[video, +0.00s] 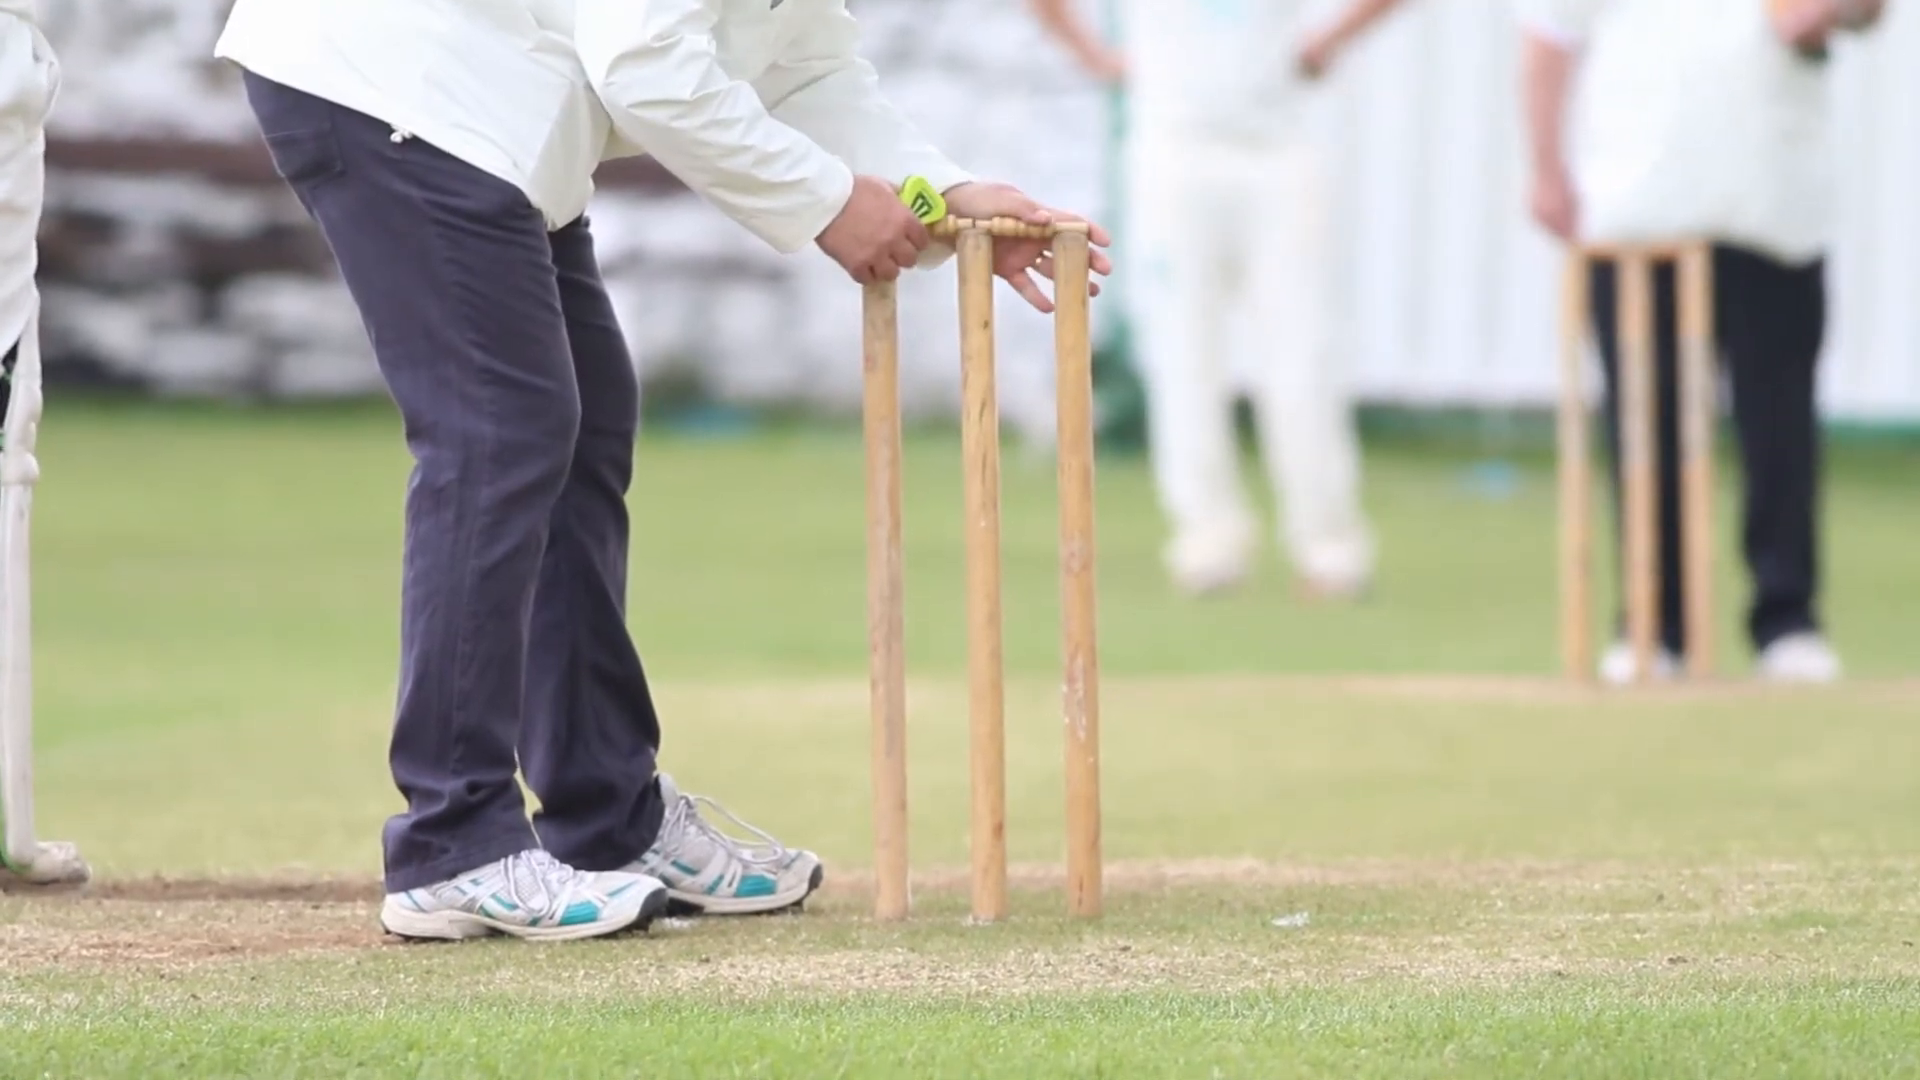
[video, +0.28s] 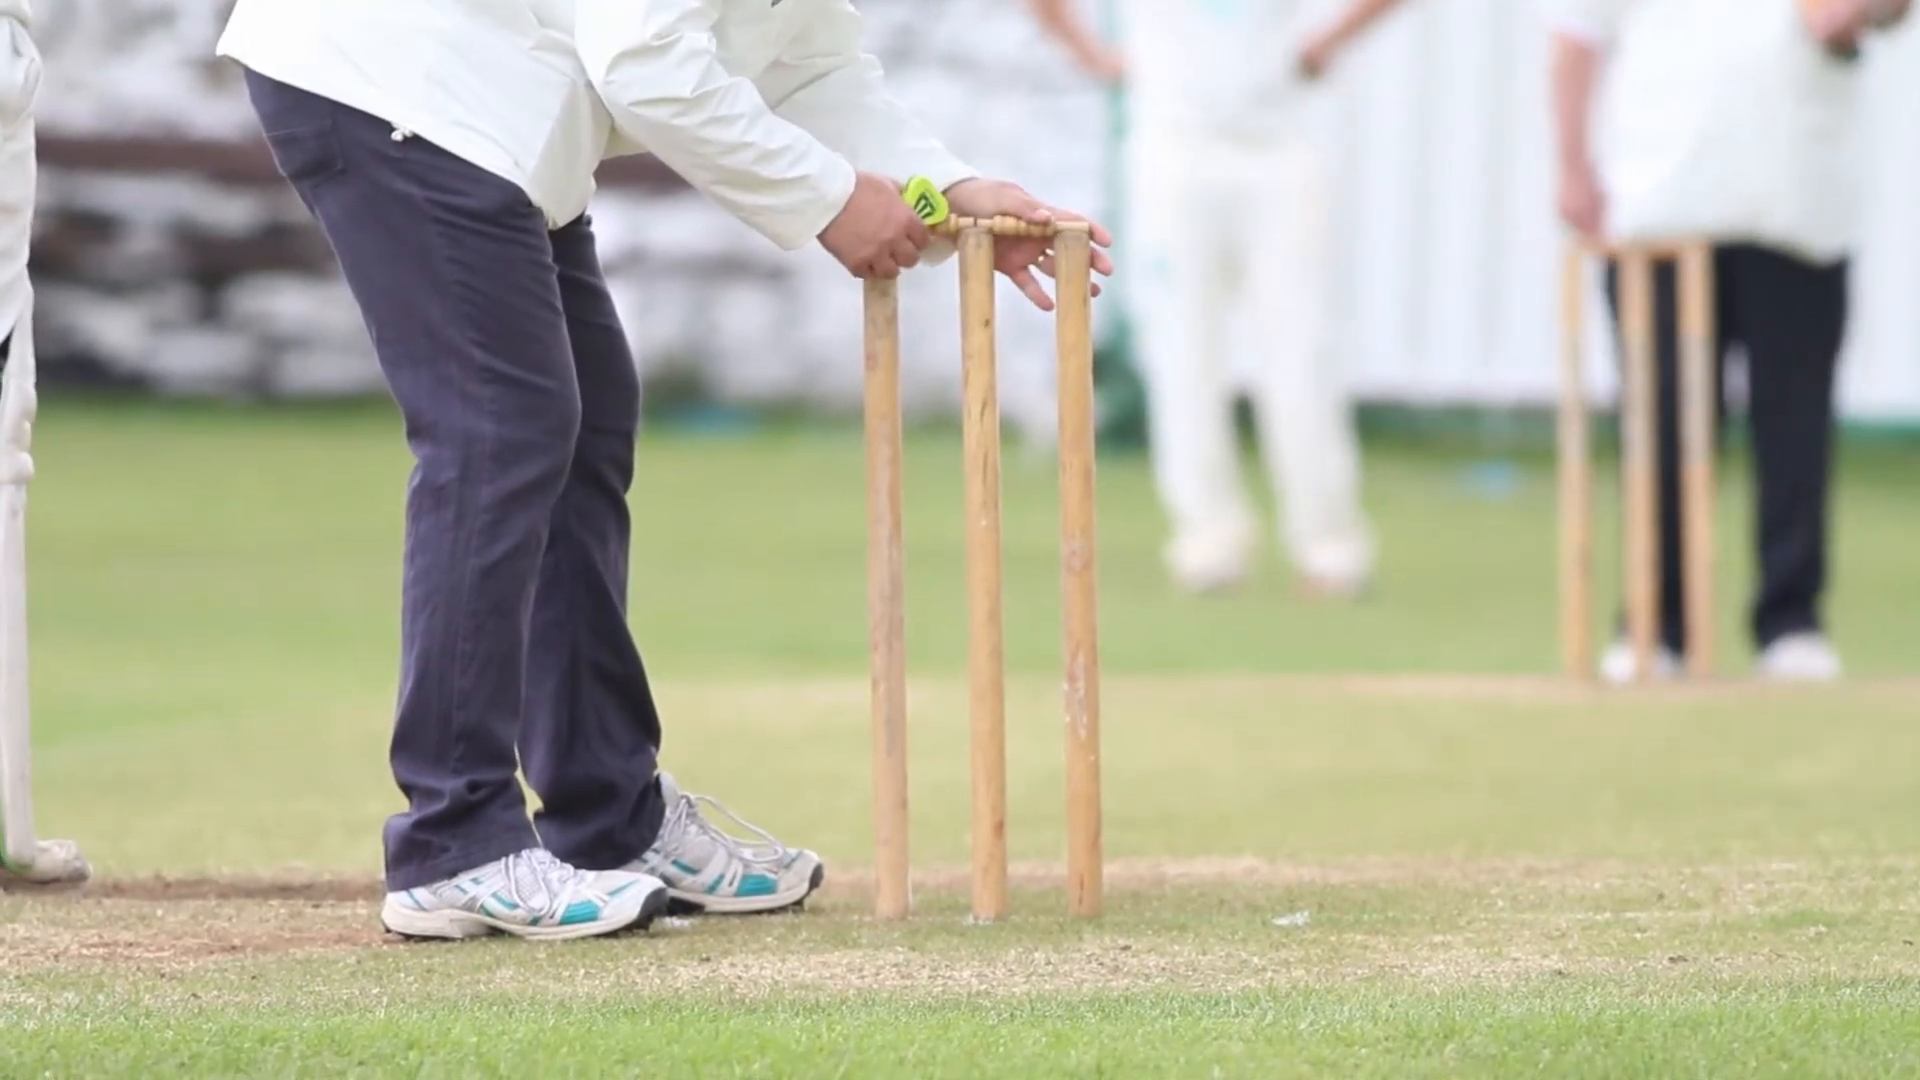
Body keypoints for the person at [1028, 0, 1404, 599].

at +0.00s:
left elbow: (1389, 4)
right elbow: (1040, 5)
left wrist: (1327, 43)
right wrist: (1098, 55)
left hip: (1286, 120)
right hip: (1169, 120)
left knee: (1300, 341)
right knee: (1178, 344)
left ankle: (1328, 543)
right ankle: (1208, 540)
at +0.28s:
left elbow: (1388, 3)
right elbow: (1039, 5)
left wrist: (1325, 44)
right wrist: (1096, 54)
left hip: (1288, 115)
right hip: (1169, 114)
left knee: (1299, 338)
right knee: (1178, 342)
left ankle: (1328, 544)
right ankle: (1208, 540)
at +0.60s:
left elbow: (1385, 4)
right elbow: (1038, 4)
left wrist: (1322, 43)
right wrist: (1095, 53)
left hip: (1287, 115)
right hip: (1168, 115)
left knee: (1300, 337)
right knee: (1178, 340)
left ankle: (1327, 539)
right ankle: (1208, 536)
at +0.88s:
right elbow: (1037, 4)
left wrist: (1324, 38)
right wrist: (1096, 51)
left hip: (1281, 126)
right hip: (1170, 124)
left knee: (1301, 339)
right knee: (1178, 342)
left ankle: (1327, 538)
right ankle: (1208, 534)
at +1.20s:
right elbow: (1034, 4)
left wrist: (1321, 36)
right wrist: (1096, 52)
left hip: (1280, 128)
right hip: (1170, 126)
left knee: (1301, 338)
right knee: (1178, 343)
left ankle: (1328, 536)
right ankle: (1209, 532)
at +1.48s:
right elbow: (1036, 4)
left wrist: (1321, 35)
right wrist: (1097, 50)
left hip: (1281, 128)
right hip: (1170, 126)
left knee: (1301, 338)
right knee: (1178, 343)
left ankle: (1328, 535)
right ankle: (1209, 532)